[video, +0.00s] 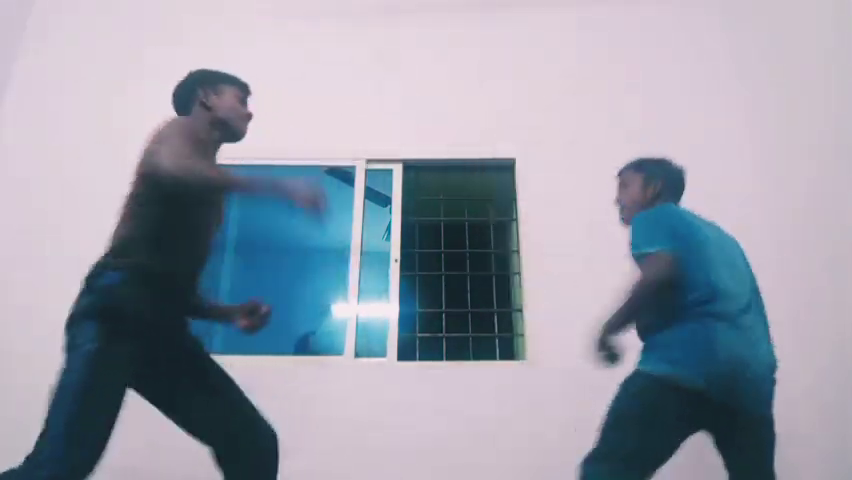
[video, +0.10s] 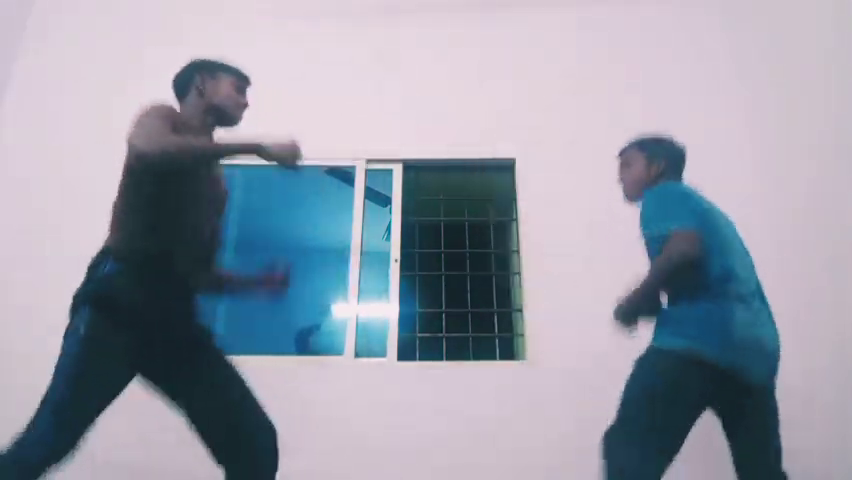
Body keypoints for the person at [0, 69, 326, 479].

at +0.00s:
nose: (251, 110)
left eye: (249, 101)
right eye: (241, 98)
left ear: (214, 103)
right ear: (207, 99)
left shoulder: (206, 180)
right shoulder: (178, 133)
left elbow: (171, 292)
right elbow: (170, 166)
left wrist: (231, 314)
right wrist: (280, 190)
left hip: (159, 327)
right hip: (114, 314)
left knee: (252, 444)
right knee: (61, 462)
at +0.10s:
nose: (245, 98)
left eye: (246, 91)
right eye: (237, 87)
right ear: (201, 84)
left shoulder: (212, 179)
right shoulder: (160, 116)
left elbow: (196, 275)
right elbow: (153, 148)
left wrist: (255, 283)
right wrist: (257, 148)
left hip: (169, 318)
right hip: (116, 307)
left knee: (254, 444)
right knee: (47, 440)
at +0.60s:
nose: (271, 84)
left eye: (269, 76)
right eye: (262, 72)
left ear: (233, 79)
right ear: (229, 75)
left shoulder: (224, 137)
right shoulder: (208, 114)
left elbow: (201, 243)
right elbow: (182, 176)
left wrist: (262, 256)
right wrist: (265, 201)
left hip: (204, 303)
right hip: (160, 300)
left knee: (282, 435)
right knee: (82, 444)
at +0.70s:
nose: (277, 103)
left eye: (276, 95)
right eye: (270, 93)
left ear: (239, 100)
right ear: (240, 95)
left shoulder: (226, 148)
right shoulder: (233, 139)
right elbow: (228, 203)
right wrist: (278, 258)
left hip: (199, 319)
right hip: (161, 315)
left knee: (288, 431)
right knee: (86, 456)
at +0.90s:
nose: (307, 121)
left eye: (302, 113)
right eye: (295, 113)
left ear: (277, 129)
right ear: (269, 125)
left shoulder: (282, 188)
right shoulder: (254, 171)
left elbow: (246, 262)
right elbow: (220, 240)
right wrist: (295, 301)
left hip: (241, 353)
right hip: (185, 345)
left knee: (354, 445)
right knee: (65, 457)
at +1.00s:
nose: (323, 108)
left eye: (320, 101)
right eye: (312, 100)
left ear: (296, 112)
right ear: (283, 107)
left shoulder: (325, 174)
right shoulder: (237, 151)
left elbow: (379, 179)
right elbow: (182, 220)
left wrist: (367, 181)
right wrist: (253, 233)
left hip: (262, 333)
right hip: (191, 318)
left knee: (359, 436)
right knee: (102, 405)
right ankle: (14, 471)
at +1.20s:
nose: (365, 113)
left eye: (366, 109)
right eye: (359, 102)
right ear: (320, 102)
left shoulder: (346, 191)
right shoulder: (240, 158)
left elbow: (325, 255)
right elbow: (189, 231)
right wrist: (154, 252)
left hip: (279, 327)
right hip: (214, 311)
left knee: (357, 467)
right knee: (212, 371)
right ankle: (155, 473)